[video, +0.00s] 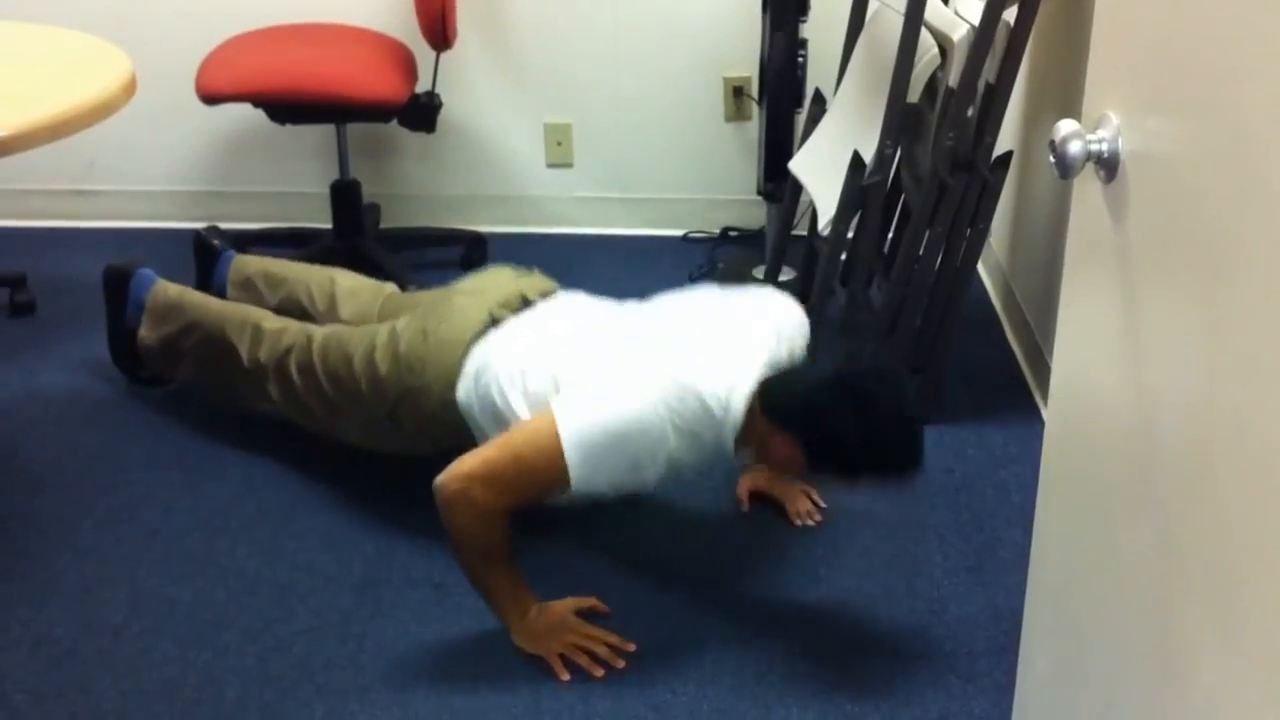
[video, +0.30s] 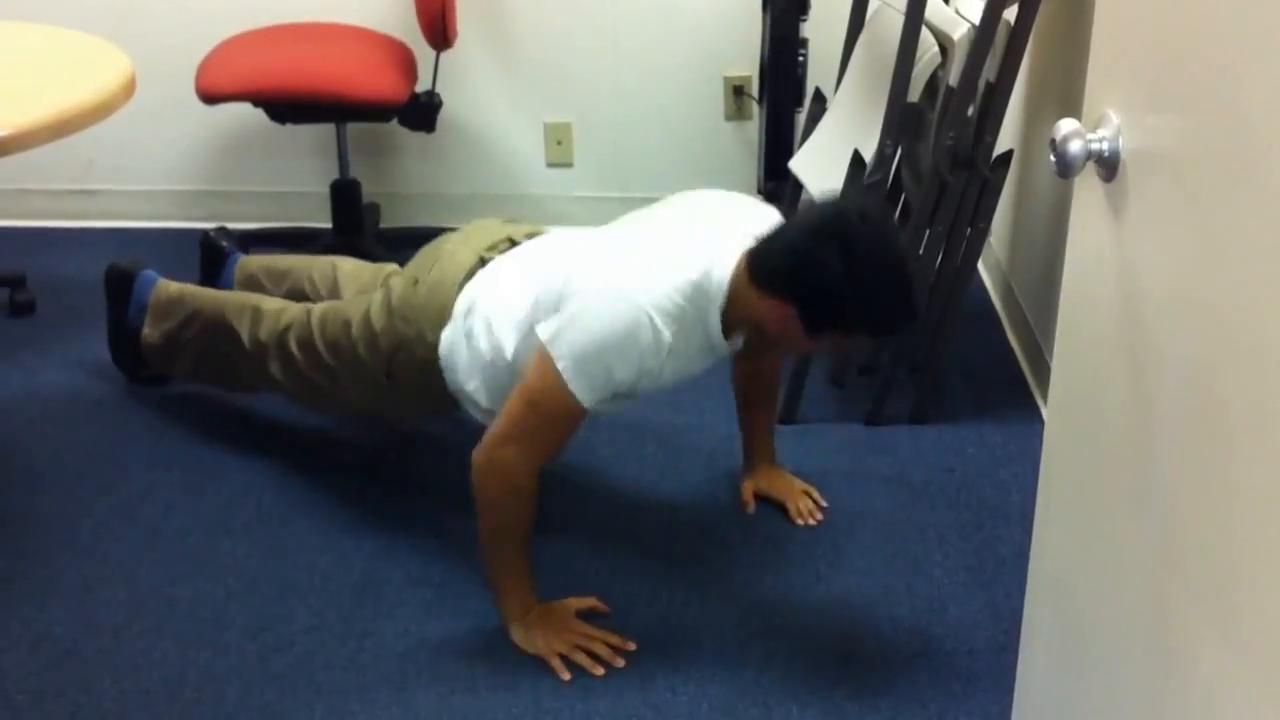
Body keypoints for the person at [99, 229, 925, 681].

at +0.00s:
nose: (827, 483)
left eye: (840, 480)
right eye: (833, 474)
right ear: (798, 444)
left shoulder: (780, 314)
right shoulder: (650, 426)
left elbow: (750, 378)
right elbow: (463, 492)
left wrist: (760, 457)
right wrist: (524, 616)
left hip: (521, 295)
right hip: (457, 376)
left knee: (373, 303)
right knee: (287, 365)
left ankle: (233, 264)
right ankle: (152, 316)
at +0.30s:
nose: (827, 356)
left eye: (843, 346)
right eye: (831, 343)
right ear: (792, 318)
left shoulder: (765, 230)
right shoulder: (632, 322)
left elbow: (761, 348)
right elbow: (504, 459)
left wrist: (762, 459)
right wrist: (522, 608)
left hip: (511, 246)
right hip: (451, 325)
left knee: (370, 278)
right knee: (286, 342)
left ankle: (241, 263)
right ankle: (151, 319)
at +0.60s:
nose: (833, 574)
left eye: (844, 561)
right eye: (841, 565)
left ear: (854, 458)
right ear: (817, 551)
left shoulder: (796, 391)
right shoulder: (687, 495)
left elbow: (772, 316)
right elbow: (481, 490)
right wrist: (523, 614)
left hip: (547, 337)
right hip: (474, 408)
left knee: (396, 327)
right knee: (297, 374)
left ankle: (244, 268)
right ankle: (156, 315)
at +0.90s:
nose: (814, 427)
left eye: (825, 418)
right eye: (823, 419)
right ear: (801, 388)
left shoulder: (777, 285)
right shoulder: (656, 375)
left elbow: (761, 371)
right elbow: (479, 478)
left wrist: (756, 456)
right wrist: (525, 610)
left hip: (524, 272)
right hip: (464, 346)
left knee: (374, 290)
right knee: (290, 354)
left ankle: (237, 256)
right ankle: (154, 309)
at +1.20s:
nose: (813, 384)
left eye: (827, 375)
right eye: (818, 369)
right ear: (786, 337)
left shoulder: (773, 244)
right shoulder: (648, 337)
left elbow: (760, 354)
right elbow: (488, 459)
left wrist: (759, 456)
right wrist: (526, 608)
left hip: (525, 244)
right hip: (456, 320)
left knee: (373, 278)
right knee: (290, 339)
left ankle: (238, 254)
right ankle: (151, 309)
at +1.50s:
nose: (834, 580)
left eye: (849, 569)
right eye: (842, 570)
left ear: (850, 463)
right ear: (810, 545)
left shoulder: (794, 392)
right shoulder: (680, 492)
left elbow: (777, 316)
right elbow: (479, 487)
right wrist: (524, 608)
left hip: (551, 340)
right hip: (474, 405)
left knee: (396, 322)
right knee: (299, 369)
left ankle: (247, 265)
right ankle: (161, 310)